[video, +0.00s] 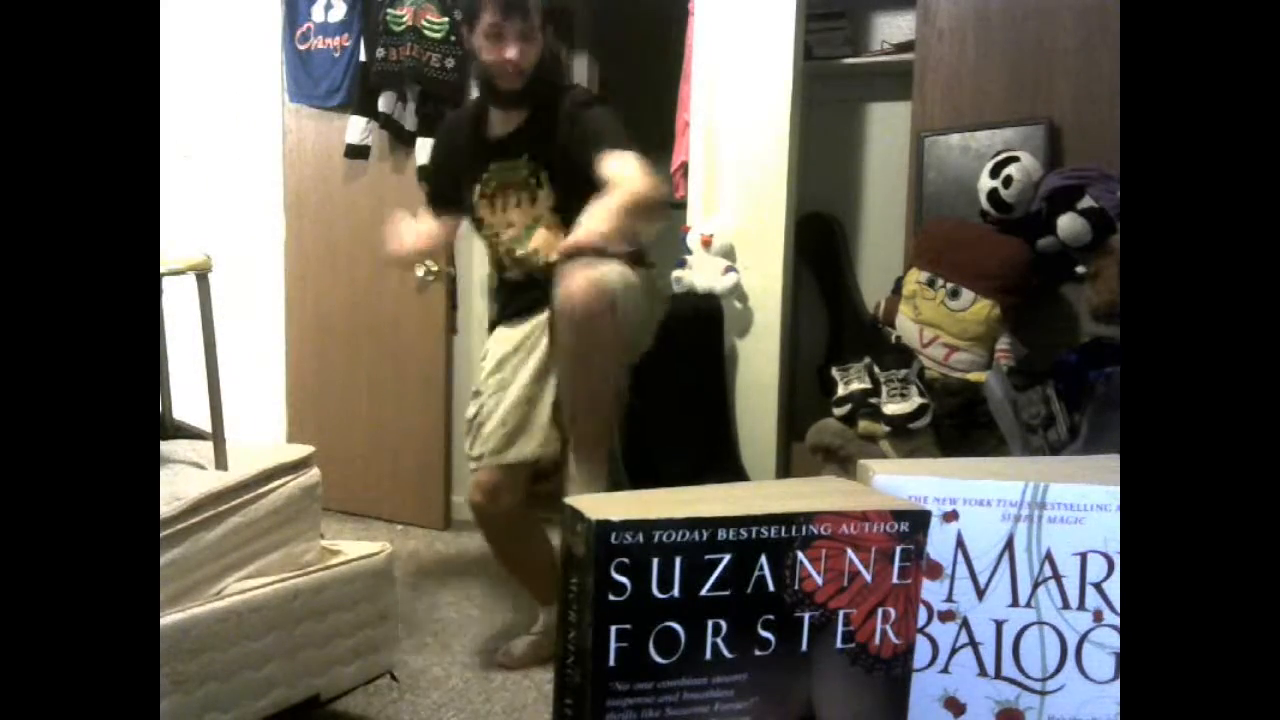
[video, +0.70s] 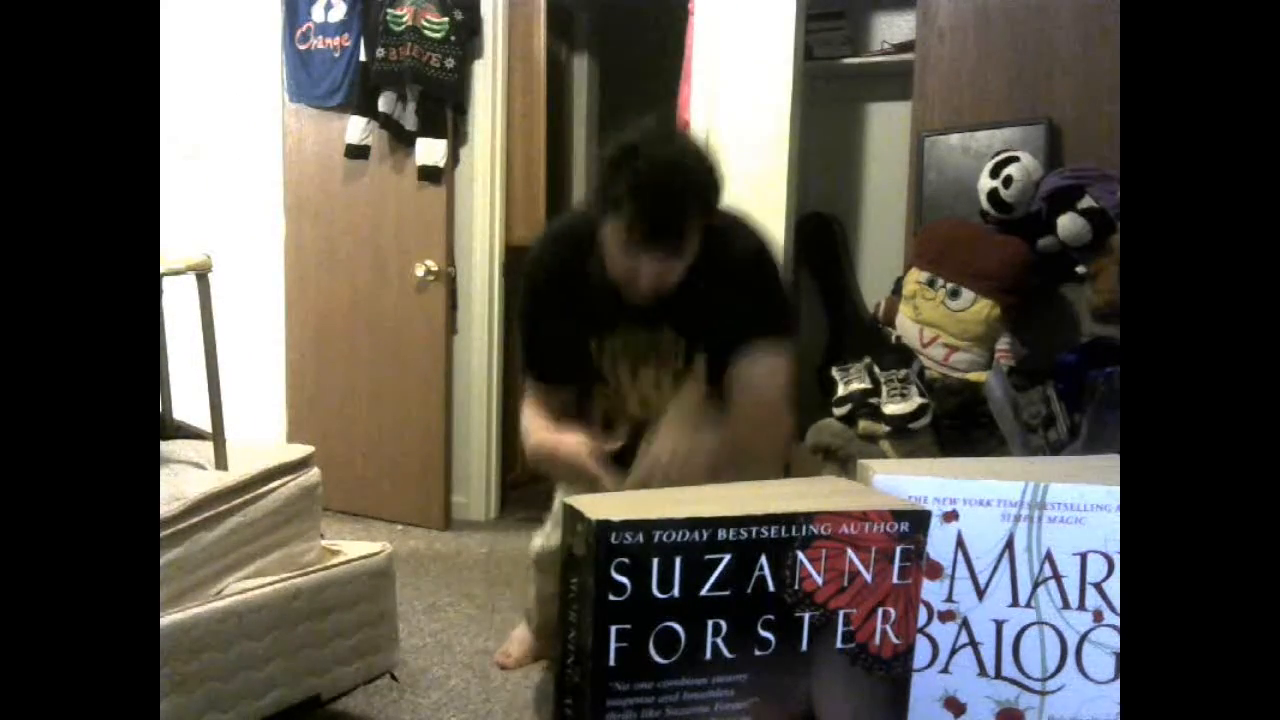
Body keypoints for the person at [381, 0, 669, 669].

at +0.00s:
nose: (510, 54)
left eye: (524, 38)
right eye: (495, 39)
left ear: (544, 40)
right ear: (470, 42)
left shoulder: (573, 112)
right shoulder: (460, 134)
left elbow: (639, 181)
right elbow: (444, 227)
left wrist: (597, 222)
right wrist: (419, 236)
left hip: (611, 293)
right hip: (520, 315)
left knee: (581, 289)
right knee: (492, 496)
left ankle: (588, 475)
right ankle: (559, 607)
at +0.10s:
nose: (505, 38)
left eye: (521, 22)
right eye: (492, 20)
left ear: (546, 26)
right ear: (472, 25)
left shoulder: (585, 84)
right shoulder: (471, 116)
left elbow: (643, 151)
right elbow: (425, 194)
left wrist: (635, 131)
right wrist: (403, 162)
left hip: (618, 274)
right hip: (530, 309)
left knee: (583, 364)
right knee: (504, 498)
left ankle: (642, 556)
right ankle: (566, 609)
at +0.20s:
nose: (520, 37)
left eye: (537, 19)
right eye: (507, 19)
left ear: (574, 13)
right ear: (491, 19)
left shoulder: (630, 65)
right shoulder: (484, 96)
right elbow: (410, 146)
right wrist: (408, 112)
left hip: (634, 283)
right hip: (537, 315)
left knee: (603, 407)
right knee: (519, 501)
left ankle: (687, 566)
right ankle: (565, 613)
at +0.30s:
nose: (539, 41)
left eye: (558, 26)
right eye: (527, 22)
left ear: (591, 24)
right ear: (506, 21)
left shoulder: (637, 71)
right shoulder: (492, 102)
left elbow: (685, 9)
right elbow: (439, 116)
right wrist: (414, 97)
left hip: (646, 295)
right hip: (547, 327)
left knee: (619, 422)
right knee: (517, 507)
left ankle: (706, 576)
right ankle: (565, 613)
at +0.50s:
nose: (592, 139)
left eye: (612, 119)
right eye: (579, 116)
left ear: (651, 120)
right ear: (562, 112)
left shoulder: (686, 198)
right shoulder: (544, 195)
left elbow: (686, 332)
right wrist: (521, 299)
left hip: (689, 385)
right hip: (584, 387)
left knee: (679, 486)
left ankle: (682, 623)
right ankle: (546, 616)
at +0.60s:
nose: (625, 247)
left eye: (644, 229)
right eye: (611, 225)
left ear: (676, 211)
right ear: (587, 201)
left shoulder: (718, 254)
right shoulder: (551, 256)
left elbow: (722, 428)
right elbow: (536, 401)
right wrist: (567, 421)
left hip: (695, 438)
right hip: (599, 448)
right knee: (547, 551)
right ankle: (539, 632)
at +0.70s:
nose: (649, 276)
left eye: (670, 258)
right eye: (633, 254)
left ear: (700, 233)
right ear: (605, 223)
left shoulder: (737, 255)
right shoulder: (559, 261)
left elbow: (765, 424)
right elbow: (538, 422)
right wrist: (571, 449)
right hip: (598, 439)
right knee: (560, 541)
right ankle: (545, 624)